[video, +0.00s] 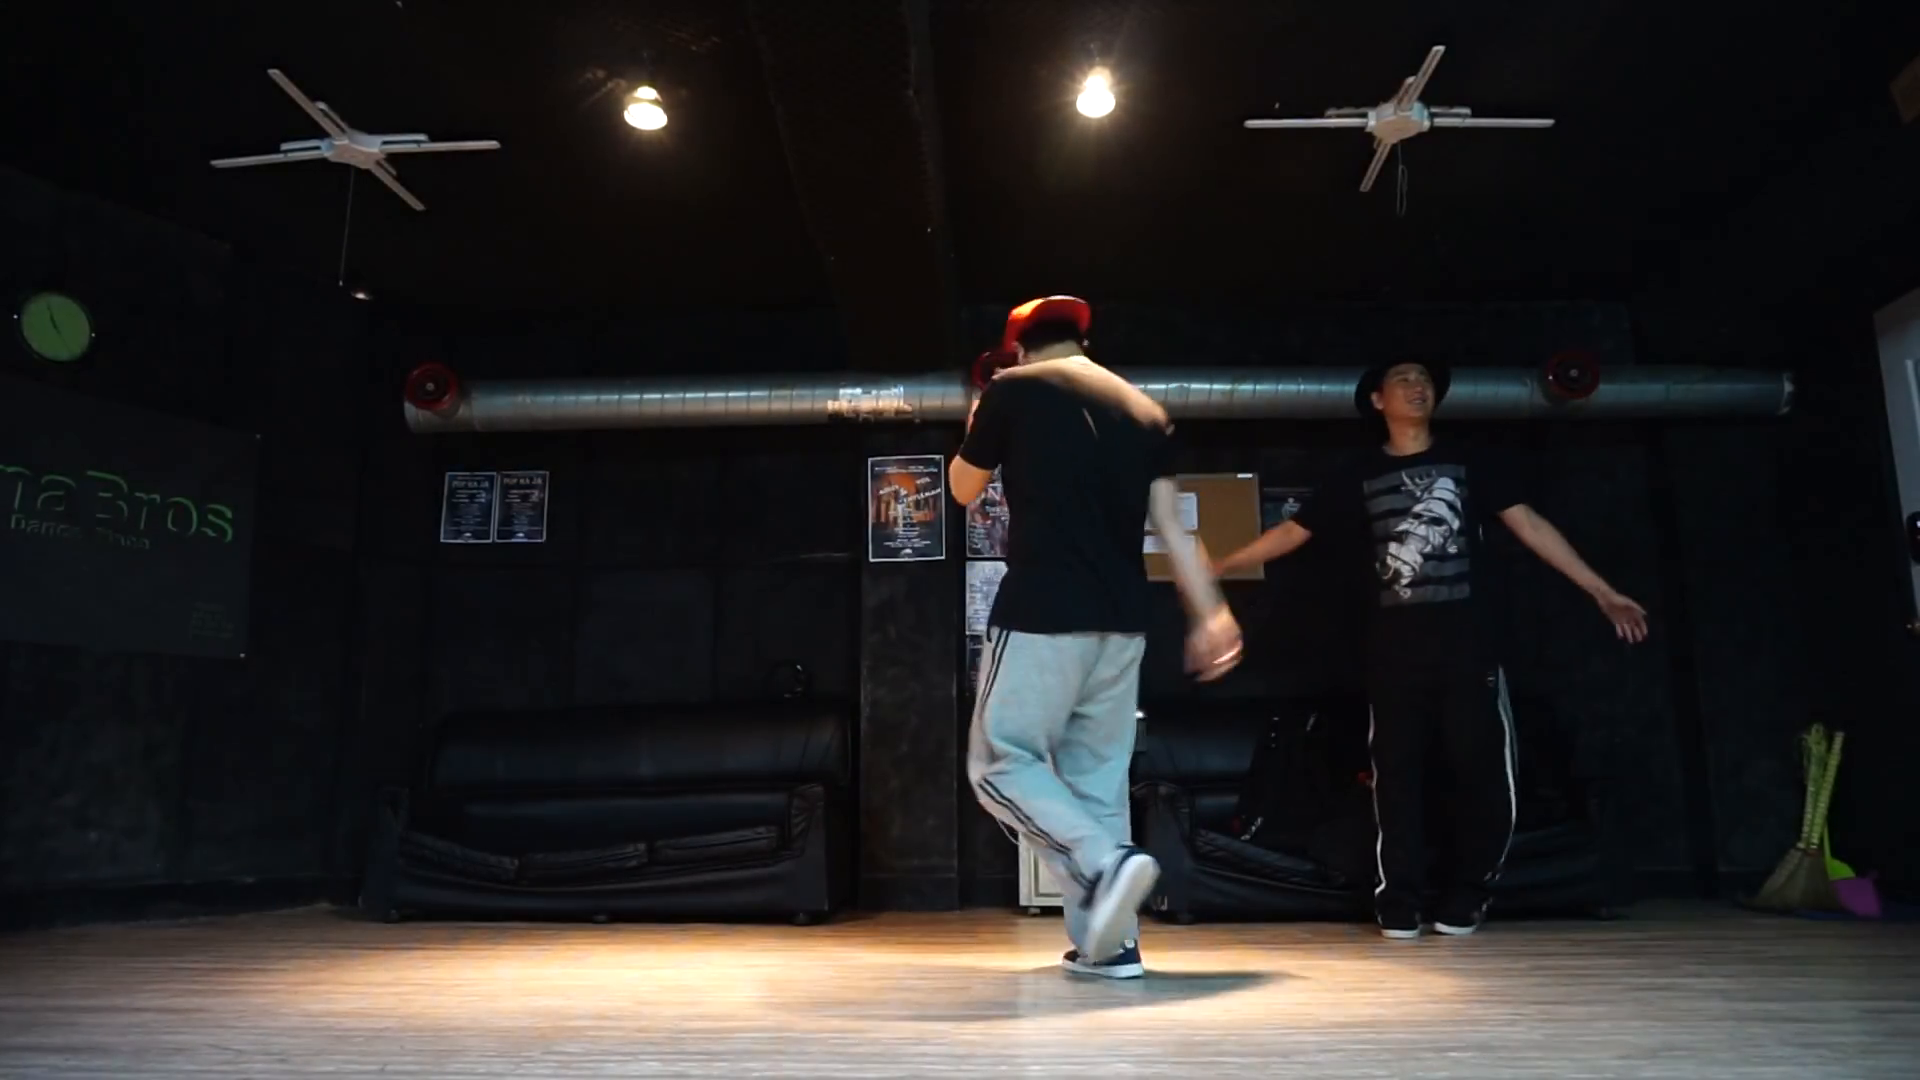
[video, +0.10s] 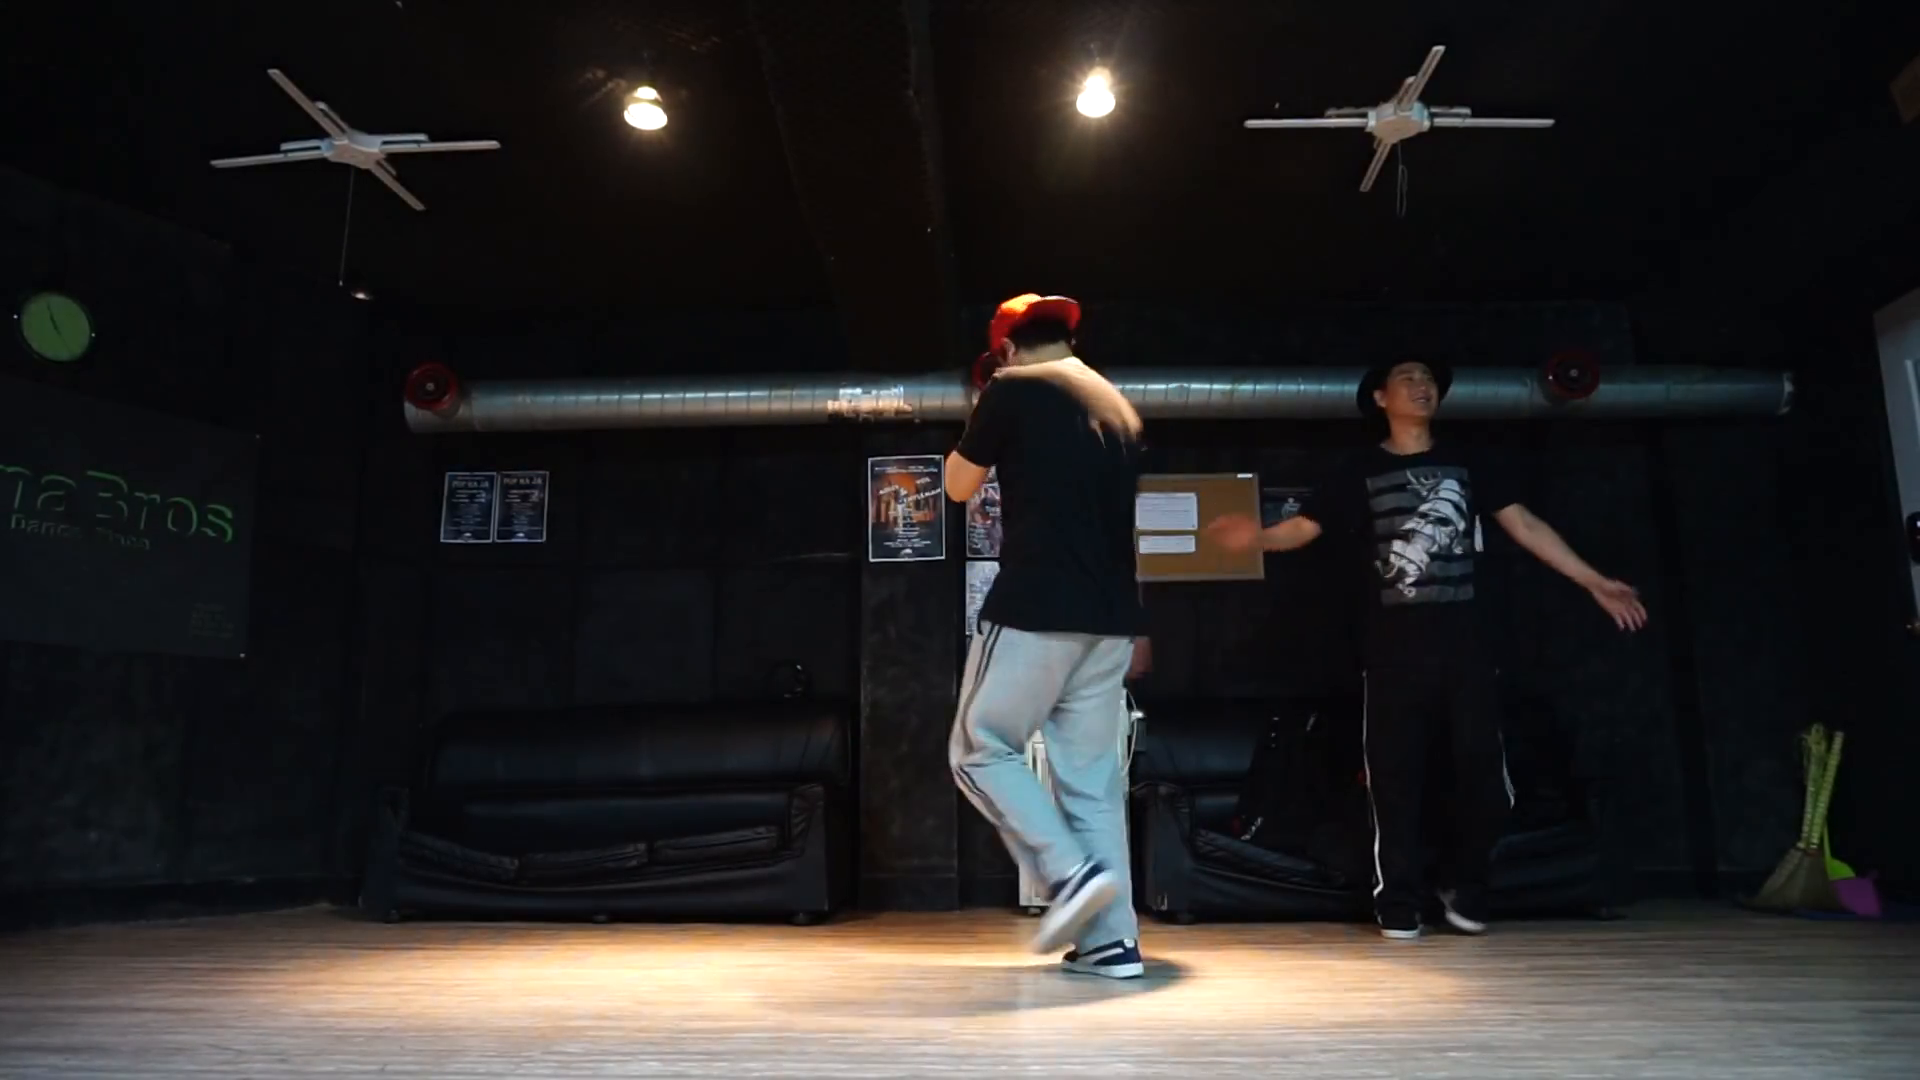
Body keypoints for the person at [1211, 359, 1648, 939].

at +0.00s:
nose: (1416, 388)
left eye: (1424, 382)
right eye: (1403, 381)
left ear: (1437, 400)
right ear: (1377, 401)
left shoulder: (1469, 465)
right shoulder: (1356, 476)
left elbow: (1531, 528)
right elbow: (1289, 534)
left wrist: (1604, 594)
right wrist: (1215, 569)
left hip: (1466, 642)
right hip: (1393, 644)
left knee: (1484, 775)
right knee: (1396, 773)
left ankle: (1467, 900)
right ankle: (1399, 902)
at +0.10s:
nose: (1421, 388)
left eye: (1428, 382)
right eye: (1407, 380)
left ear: (1438, 400)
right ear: (1381, 400)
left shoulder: (1468, 467)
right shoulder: (1358, 473)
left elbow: (1526, 527)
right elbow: (1301, 527)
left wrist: (1596, 583)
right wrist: (1253, 538)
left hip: (1463, 640)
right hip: (1392, 642)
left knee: (1476, 768)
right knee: (1394, 769)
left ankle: (1462, 891)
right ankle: (1399, 902)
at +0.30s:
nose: (1440, 386)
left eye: (1447, 380)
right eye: (1426, 379)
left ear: (1455, 398)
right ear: (1398, 395)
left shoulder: (1468, 465)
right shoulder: (1376, 459)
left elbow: (1506, 517)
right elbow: (1389, 524)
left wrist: (1551, 534)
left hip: (1472, 634)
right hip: (1405, 636)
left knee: (1489, 760)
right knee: (1404, 767)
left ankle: (1485, 904)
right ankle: (1398, 903)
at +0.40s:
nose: (1455, 385)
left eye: (1461, 379)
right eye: (1441, 377)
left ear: (1469, 398)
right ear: (1411, 395)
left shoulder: (1481, 467)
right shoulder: (1393, 460)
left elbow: (1506, 530)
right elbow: (1428, 527)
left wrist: (1547, 538)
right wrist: (1516, 546)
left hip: (1481, 636)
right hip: (1416, 638)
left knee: (1492, 766)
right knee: (1412, 769)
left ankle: (1498, 908)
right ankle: (1398, 904)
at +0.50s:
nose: (1471, 382)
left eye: (1475, 375)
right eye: (1456, 374)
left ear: (1482, 393)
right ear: (1426, 392)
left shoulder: (1493, 467)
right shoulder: (1410, 456)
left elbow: (1529, 537)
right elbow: (1441, 527)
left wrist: (1574, 597)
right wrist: (1521, 575)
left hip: (1492, 630)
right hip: (1431, 631)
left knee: (1502, 765)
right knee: (1421, 767)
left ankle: (1499, 910)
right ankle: (1397, 903)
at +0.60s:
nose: (1488, 378)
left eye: (1491, 372)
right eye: (1473, 371)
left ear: (1497, 390)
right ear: (1442, 392)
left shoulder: (1510, 470)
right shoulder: (1431, 452)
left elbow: (1541, 549)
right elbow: (1434, 530)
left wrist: (1574, 626)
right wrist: (1488, 602)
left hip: (1504, 629)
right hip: (1446, 627)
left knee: (1509, 763)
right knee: (1441, 761)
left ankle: (1500, 910)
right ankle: (1399, 897)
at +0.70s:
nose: (1506, 376)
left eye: (1508, 369)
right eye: (1491, 370)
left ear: (1514, 388)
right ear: (1463, 392)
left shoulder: (1524, 466)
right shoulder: (1447, 453)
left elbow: (1542, 550)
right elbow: (1426, 540)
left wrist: (1557, 623)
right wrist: (1436, 622)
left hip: (1526, 631)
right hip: (1473, 630)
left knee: (1526, 763)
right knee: (1479, 758)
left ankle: (1505, 906)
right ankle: (1418, 880)